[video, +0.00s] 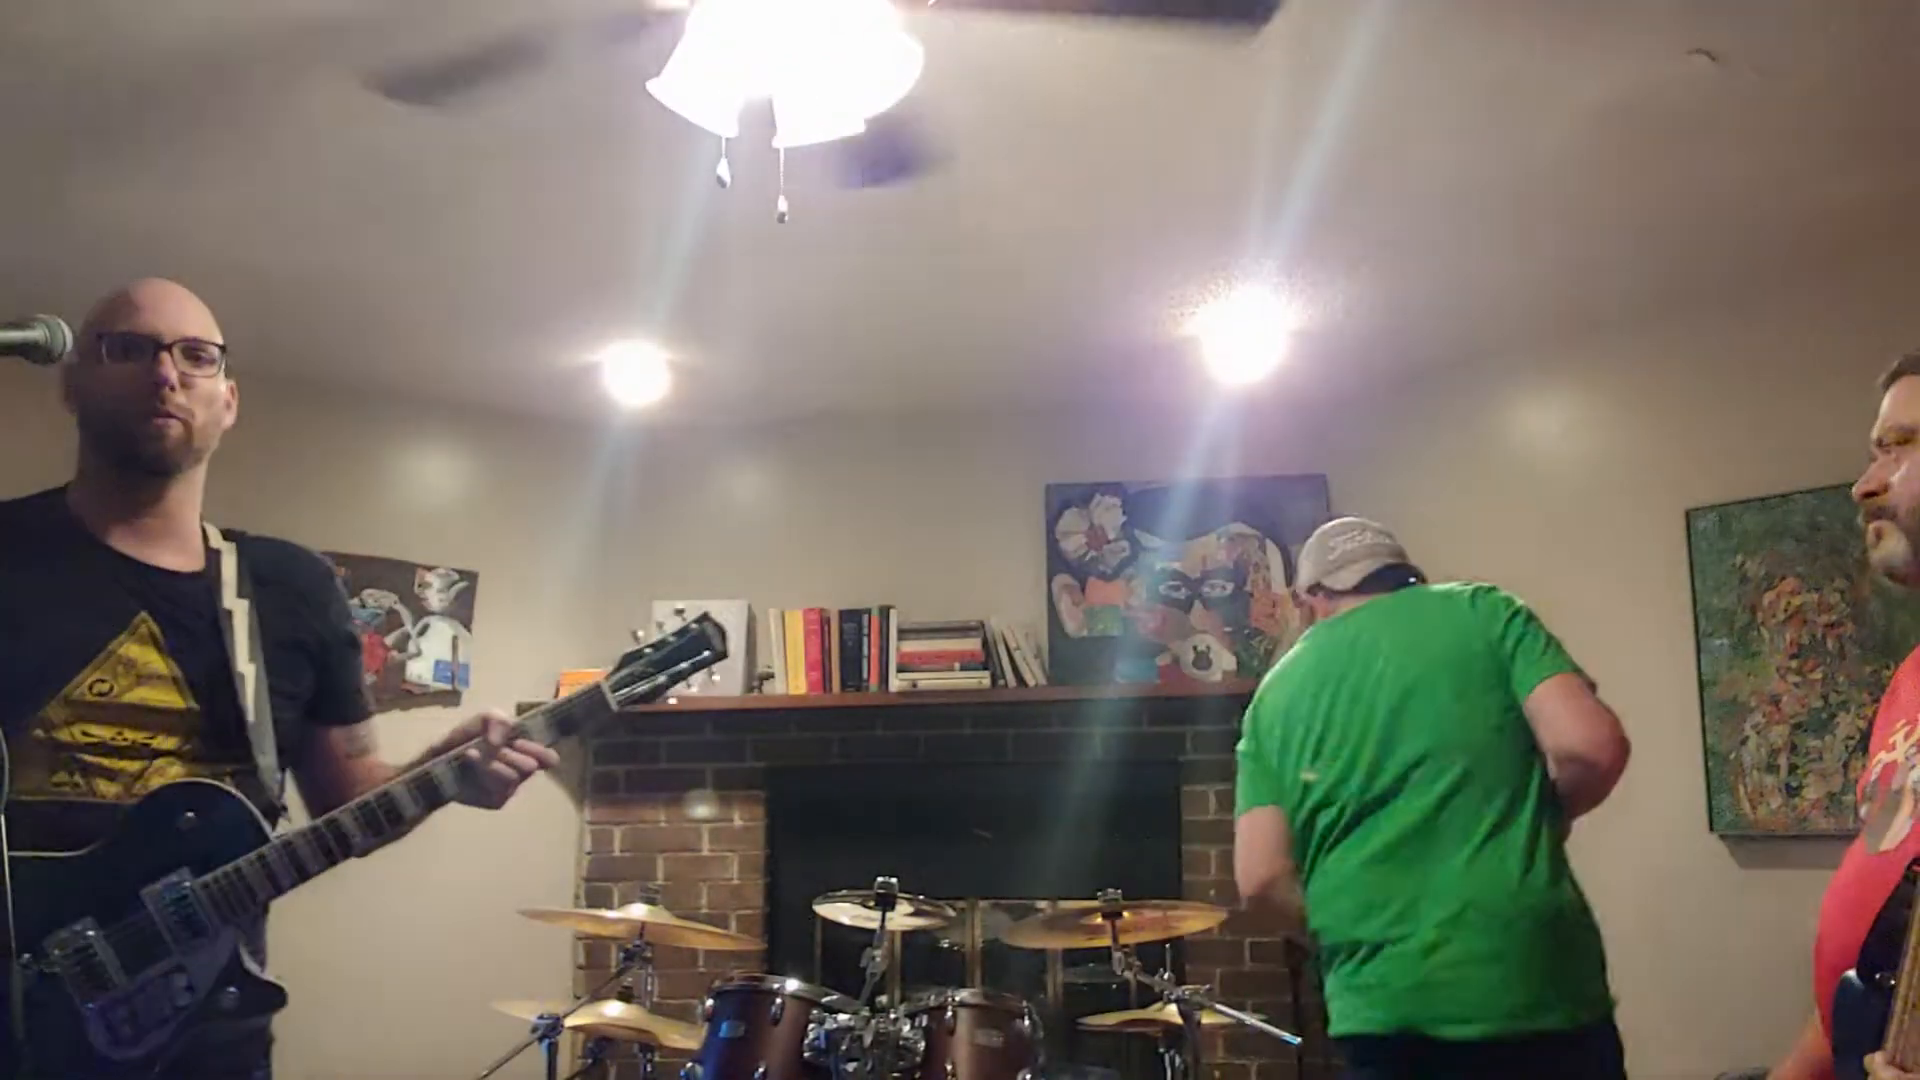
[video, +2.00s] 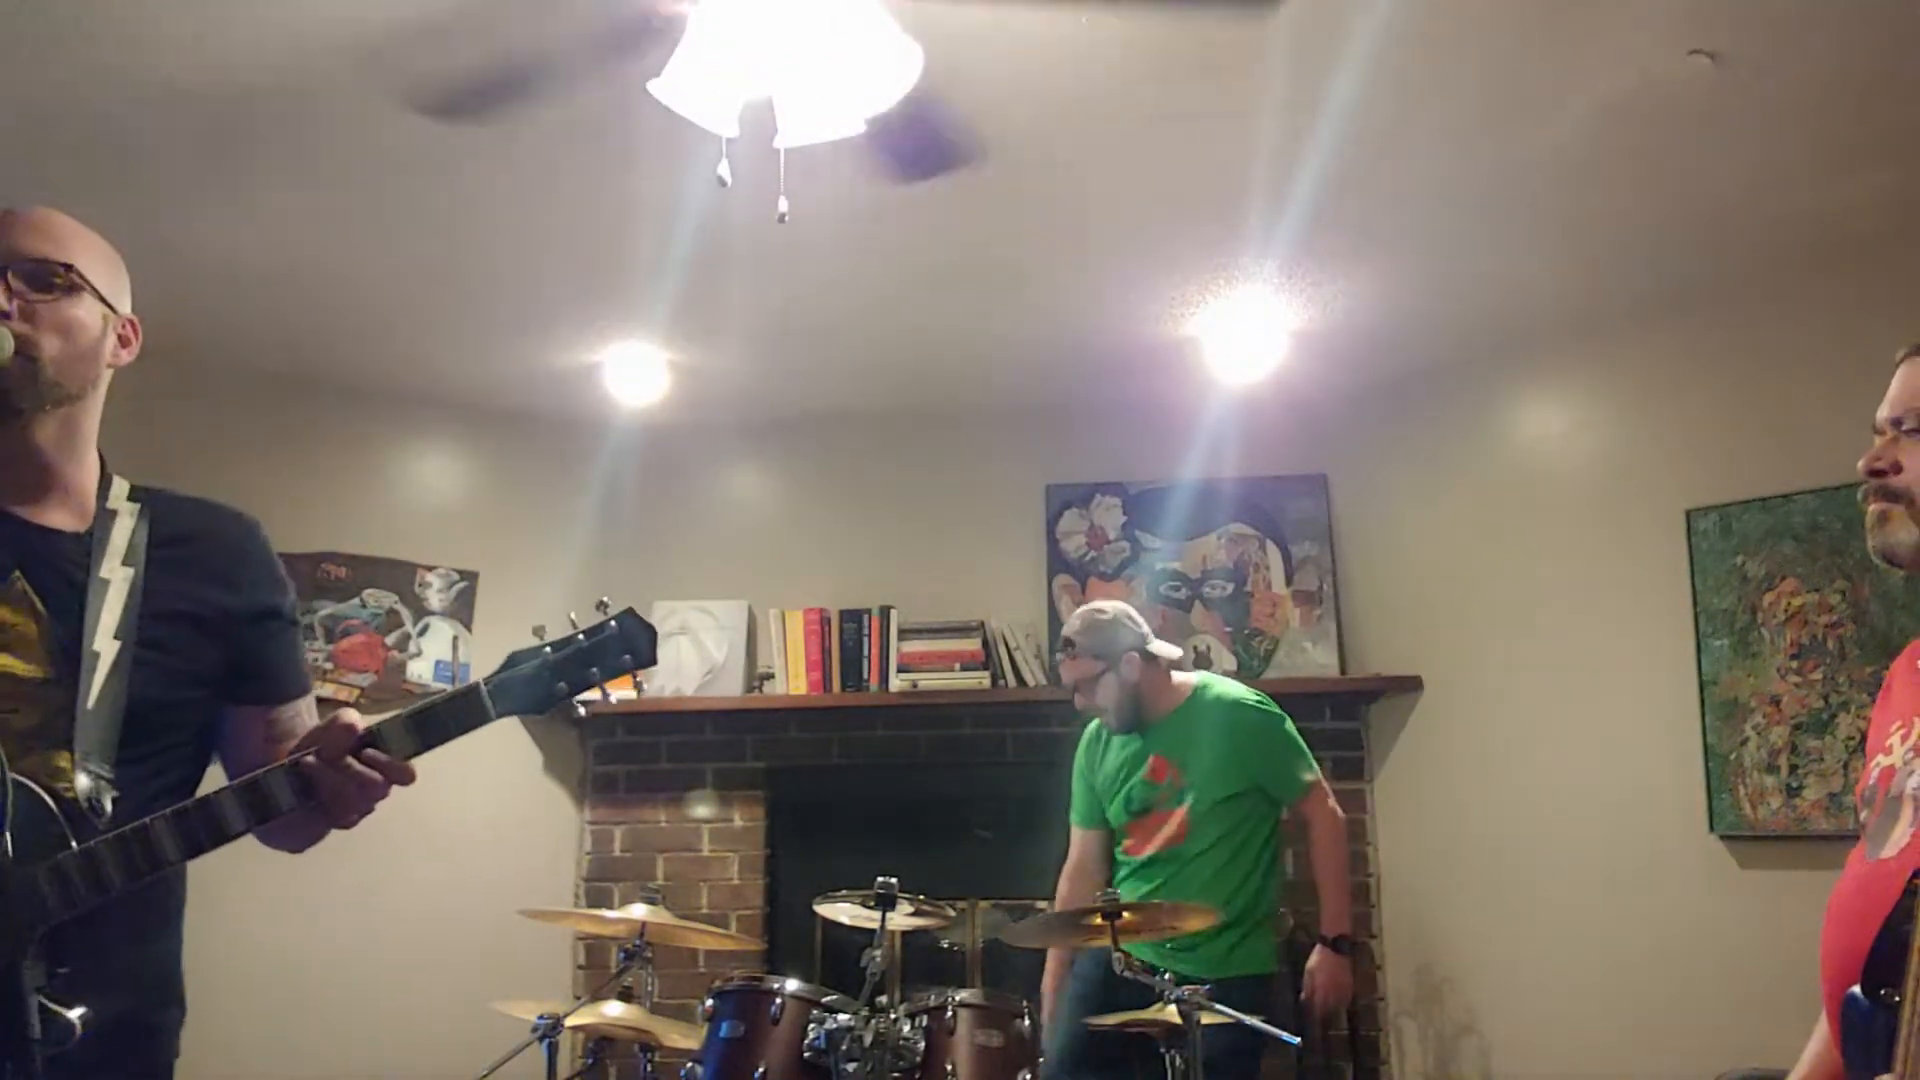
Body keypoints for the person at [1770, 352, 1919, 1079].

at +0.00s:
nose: (1865, 482)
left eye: (1897, 445)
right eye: (1875, 451)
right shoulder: (1906, 682)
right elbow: (1876, 908)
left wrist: (1803, 1059)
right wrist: (1801, 1061)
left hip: (1898, 1054)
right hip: (1854, 1046)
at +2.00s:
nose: (1872, 459)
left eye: (1906, 430)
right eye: (1877, 433)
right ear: (1874, 447)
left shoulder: (1906, 673)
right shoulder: (1904, 675)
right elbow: (1877, 904)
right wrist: (1813, 1065)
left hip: (1901, 1052)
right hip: (1860, 1045)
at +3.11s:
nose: (1846, 509)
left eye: (1867, 470)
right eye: (1851, 477)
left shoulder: (1910, 678)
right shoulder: (1907, 680)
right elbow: (1882, 911)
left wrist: (1819, 1064)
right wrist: (1815, 1066)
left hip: (1903, 1054)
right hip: (1865, 1048)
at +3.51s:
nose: (1835, 521)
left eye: (1852, 484)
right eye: (1838, 491)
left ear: (1918, 476)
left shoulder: (1907, 686)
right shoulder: (1902, 686)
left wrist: (1835, 1063)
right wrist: (1826, 1060)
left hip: (1892, 1050)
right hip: (1866, 1043)